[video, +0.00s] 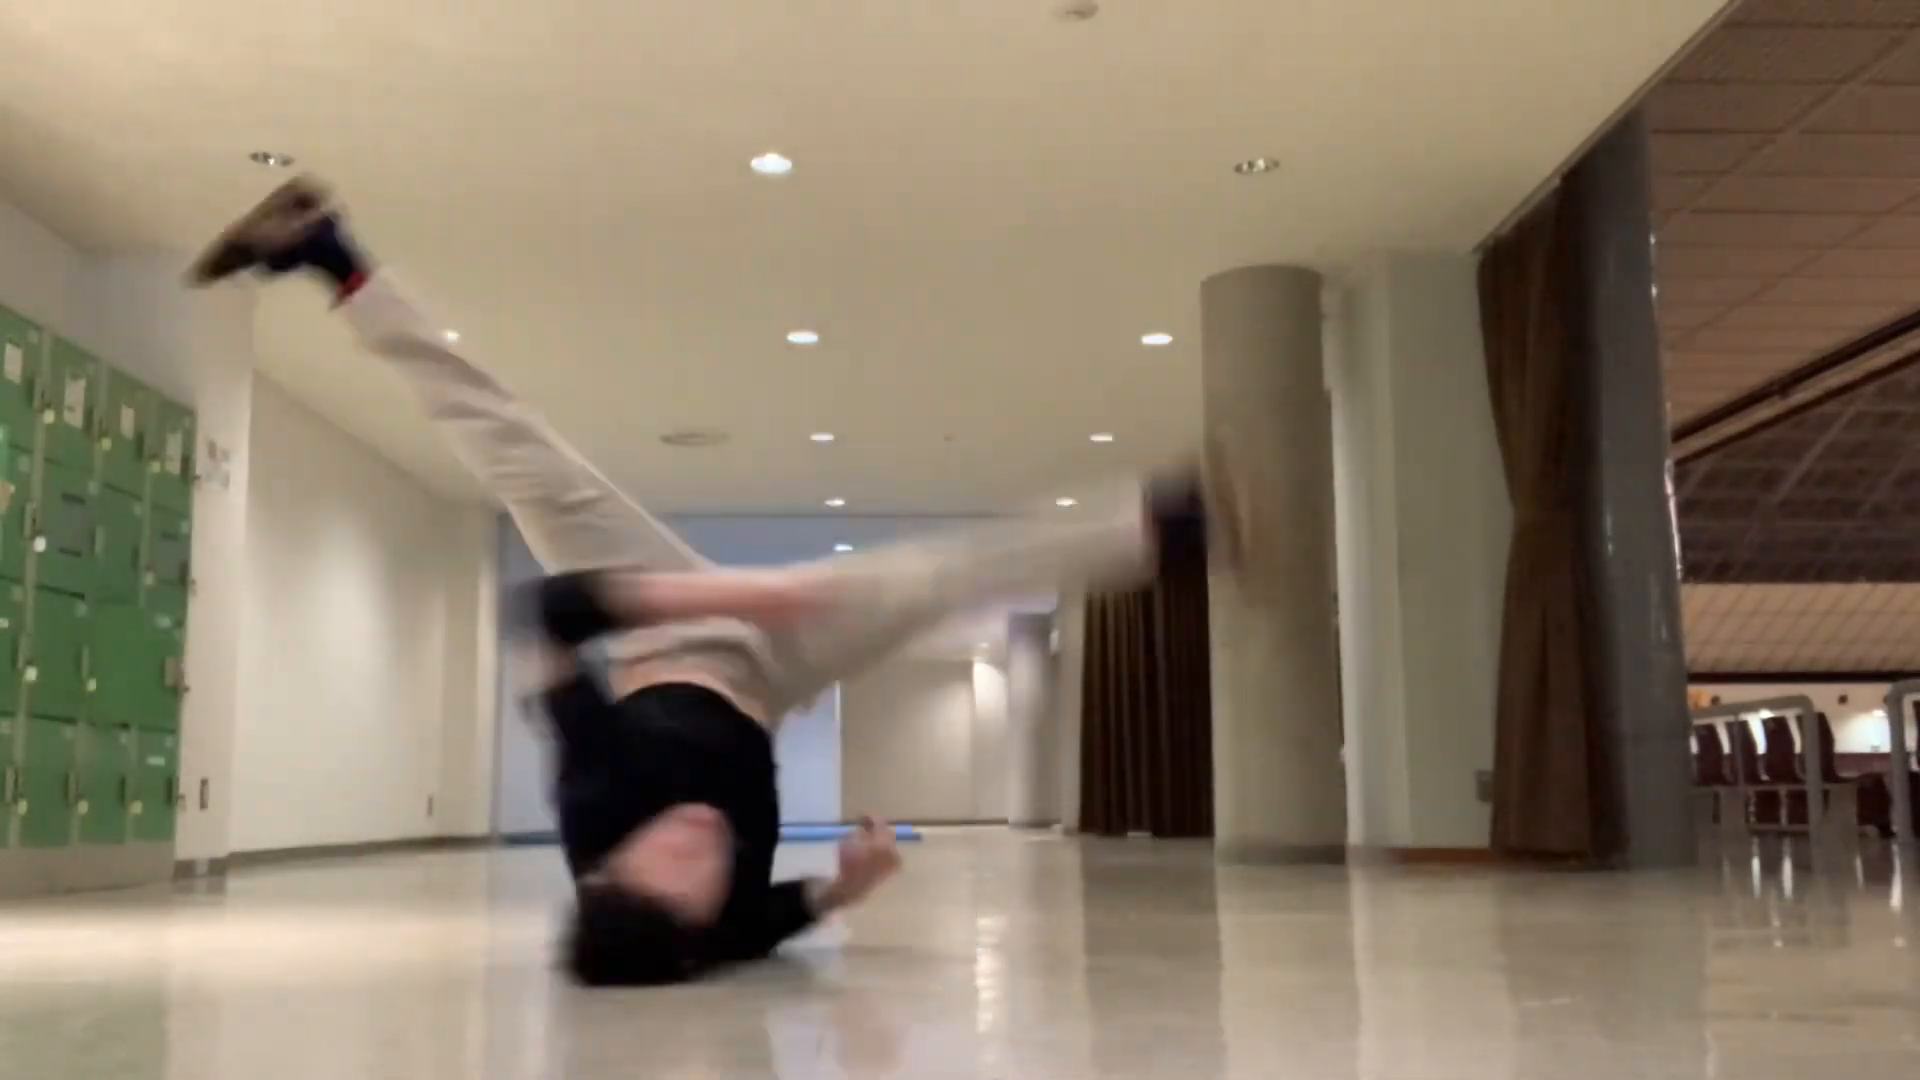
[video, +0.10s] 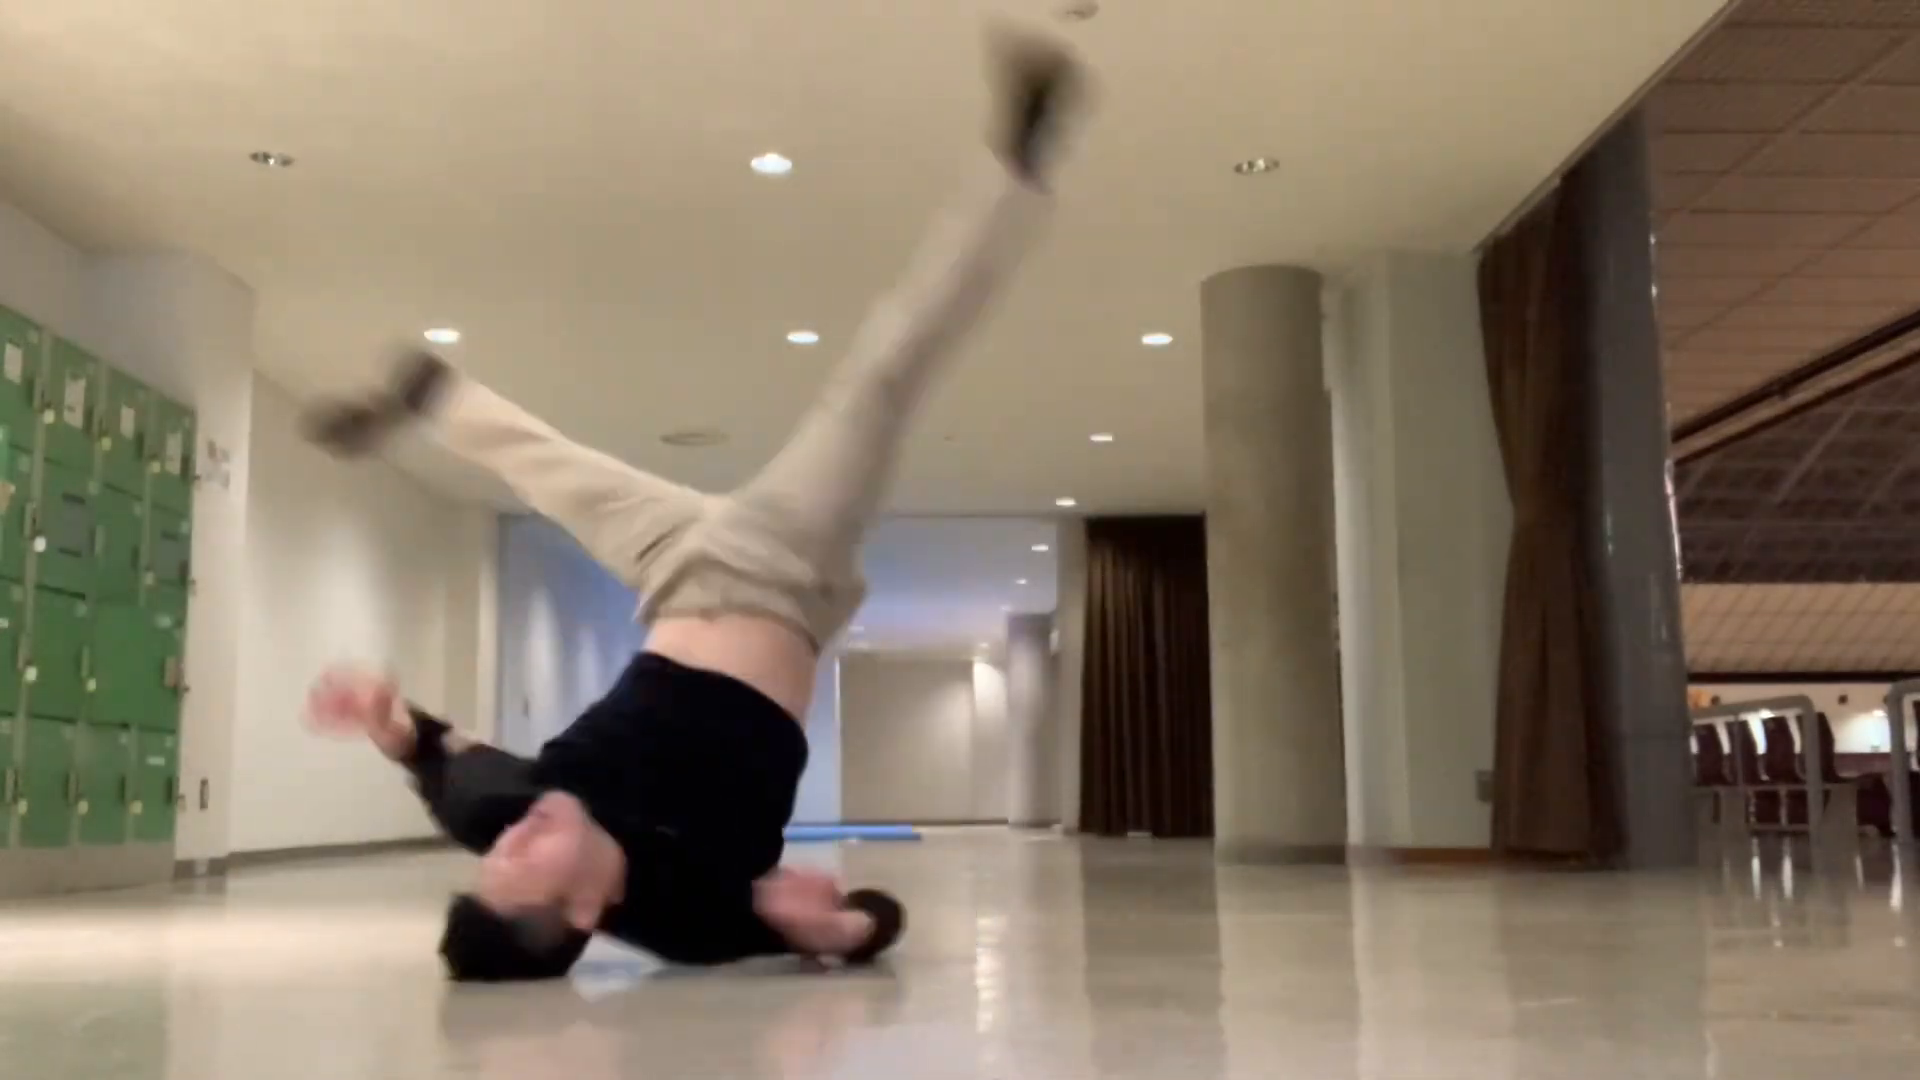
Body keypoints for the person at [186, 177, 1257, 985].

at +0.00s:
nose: (678, 846)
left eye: (638, 865)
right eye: (686, 881)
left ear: (614, 871)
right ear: (691, 920)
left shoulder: (593, 795)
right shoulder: (736, 916)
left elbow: (551, 614)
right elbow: (803, 908)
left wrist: (740, 597)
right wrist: (856, 877)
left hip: (657, 623)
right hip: (766, 679)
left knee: (515, 453)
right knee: (922, 581)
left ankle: (336, 264)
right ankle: (1155, 537)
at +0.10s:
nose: (517, 838)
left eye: (498, 855)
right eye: (522, 873)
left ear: (506, 836)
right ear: (570, 929)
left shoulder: (505, 805)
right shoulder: (695, 917)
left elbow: (441, 762)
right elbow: (871, 925)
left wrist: (394, 729)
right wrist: (848, 924)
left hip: (674, 570)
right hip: (771, 572)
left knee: (552, 469)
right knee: (883, 368)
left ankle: (424, 401)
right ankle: (1021, 170)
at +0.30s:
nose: (617, 907)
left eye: (599, 911)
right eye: (602, 917)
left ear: (590, 887)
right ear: (503, 870)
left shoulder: (704, 818)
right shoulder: (467, 746)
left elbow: (856, 789)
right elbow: (373, 622)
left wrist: (751, 868)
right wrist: (338, 775)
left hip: (761, 527)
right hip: (650, 446)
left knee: (936, 606)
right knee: (638, 226)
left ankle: (1084, 644)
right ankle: (610, 9)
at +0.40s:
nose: (579, 911)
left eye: (562, 914)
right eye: (565, 917)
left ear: (525, 875)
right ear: (541, 879)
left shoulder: (547, 790)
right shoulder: (483, 762)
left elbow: (691, 782)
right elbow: (442, 610)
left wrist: (650, 911)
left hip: (691, 515)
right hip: (645, 484)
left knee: (926, 595)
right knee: (673, 293)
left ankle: (1193, 659)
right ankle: (642, 133)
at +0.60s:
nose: (524, 896)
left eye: (490, 909)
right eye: (527, 917)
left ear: (468, 882)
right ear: (548, 903)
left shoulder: (435, 782)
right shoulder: (649, 836)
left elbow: (302, 792)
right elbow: (749, 786)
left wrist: (291, 950)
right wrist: (763, 940)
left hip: (669, 518)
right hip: (766, 589)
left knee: (499, 369)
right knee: (990, 519)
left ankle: (287, 218)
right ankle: (1193, 497)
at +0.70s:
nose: (484, 869)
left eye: (453, 873)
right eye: (485, 893)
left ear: (434, 842)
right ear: (508, 888)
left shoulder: (449, 742)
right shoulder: (612, 836)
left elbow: (332, 781)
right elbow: (733, 782)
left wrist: (293, 938)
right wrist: (762, 940)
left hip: (698, 532)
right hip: (751, 624)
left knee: (539, 362)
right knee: (983, 657)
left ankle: (359, 183)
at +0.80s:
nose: (464, 779)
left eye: (453, 769)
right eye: (463, 800)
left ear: (464, 734)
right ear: (490, 810)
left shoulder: (504, 662)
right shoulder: (607, 800)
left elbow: (396, 704)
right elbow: (745, 799)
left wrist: (332, 856)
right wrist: (764, 940)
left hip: (744, 570)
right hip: (759, 673)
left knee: (644, 399)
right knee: (674, 769)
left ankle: (558, 205)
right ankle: (661, 896)